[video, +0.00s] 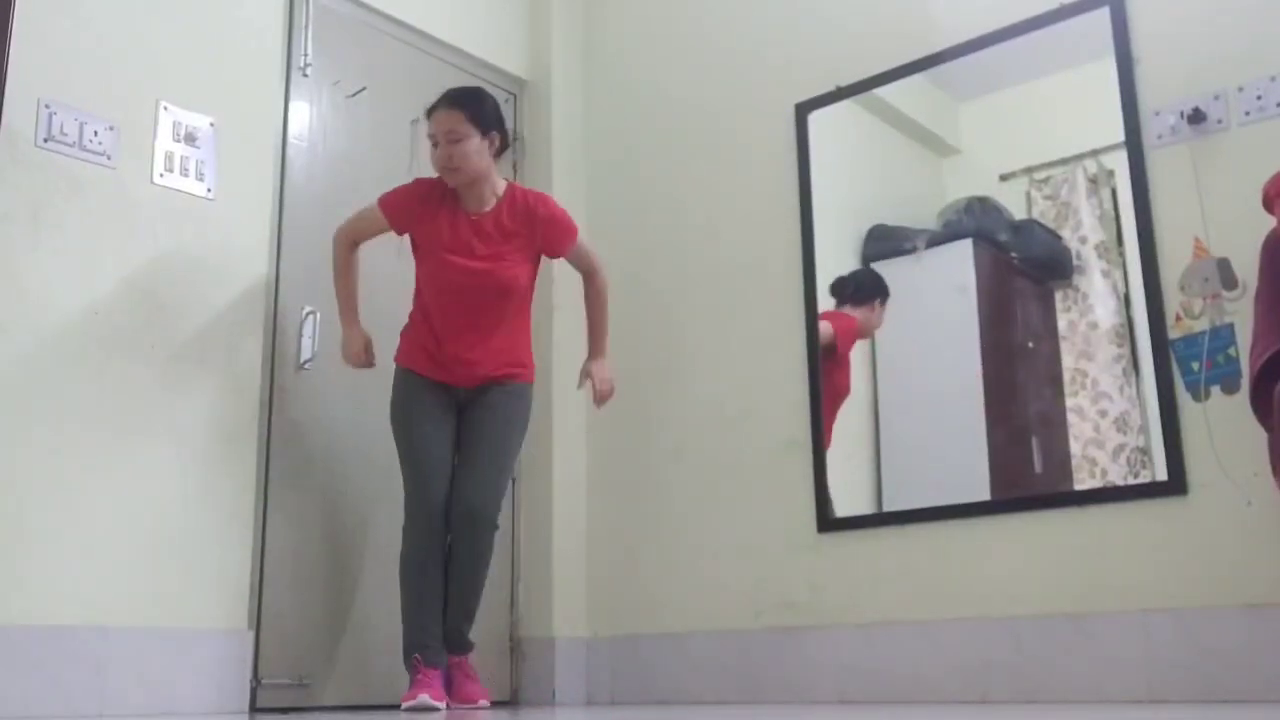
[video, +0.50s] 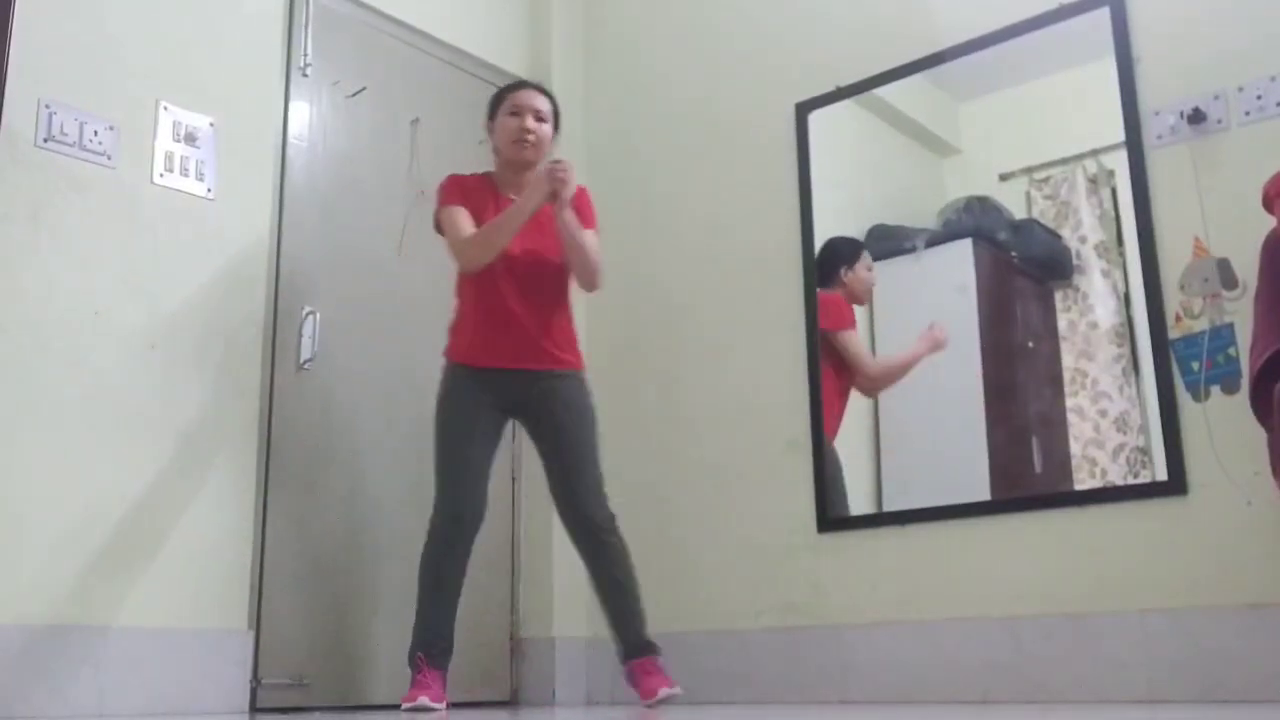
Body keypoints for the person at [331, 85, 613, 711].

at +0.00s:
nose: (443, 155)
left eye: (455, 141)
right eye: (435, 143)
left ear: (493, 142)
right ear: (430, 148)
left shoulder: (536, 213)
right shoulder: (420, 201)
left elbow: (594, 272)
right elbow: (345, 239)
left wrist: (598, 355)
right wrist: (351, 327)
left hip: (502, 380)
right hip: (424, 374)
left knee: (478, 511)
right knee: (427, 511)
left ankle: (457, 654)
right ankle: (425, 669)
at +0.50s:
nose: (528, 124)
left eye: (540, 117)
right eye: (515, 114)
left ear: (554, 137)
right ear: (491, 128)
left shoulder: (572, 198)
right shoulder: (461, 190)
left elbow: (590, 277)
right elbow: (469, 255)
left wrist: (559, 203)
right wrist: (533, 195)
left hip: (554, 376)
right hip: (475, 375)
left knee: (590, 517)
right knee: (457, 514)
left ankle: (641, 660)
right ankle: (428, 672)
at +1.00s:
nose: (647, 145)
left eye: (653, 137)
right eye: (636, 131)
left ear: (654, 148)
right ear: (598, 134)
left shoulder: (663, 206)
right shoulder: (548, 203)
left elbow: (729, 274)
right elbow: (492, 277)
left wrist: (740, 360)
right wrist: (505, 360)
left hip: (652, 373)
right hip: (576, 373)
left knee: (653, 509)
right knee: (618, 488)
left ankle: (654, 663)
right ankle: (615, 633)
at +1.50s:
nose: (602, 132)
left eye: (613, 123)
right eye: (589, 124)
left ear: (633, 141)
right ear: (571, 143)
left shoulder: (655, 208)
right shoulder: (547, 204)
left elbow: (660, 299)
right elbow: (529, 288)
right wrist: (581, 254)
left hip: (637, 381)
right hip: (560, 379)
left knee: (639, 514)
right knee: (515, 501)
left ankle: (653, 666)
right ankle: (506, 637)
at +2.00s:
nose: (496, 152)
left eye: (511, 143)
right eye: (486, 143)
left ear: (536, 158)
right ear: (473, 156)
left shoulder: (556, 235)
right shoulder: (445, 217)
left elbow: (560, 334)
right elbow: (414, 314)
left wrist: (565, 418)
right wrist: (401, 399)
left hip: (518, 387)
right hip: (440, 384)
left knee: (522, 498)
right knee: (439, 516)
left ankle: (558, 637)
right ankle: (428, 671)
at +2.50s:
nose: (503, 160)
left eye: (514, 151)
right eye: (490, 149)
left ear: (529, 167)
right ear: (467, 160)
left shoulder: (542, 237)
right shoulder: (432, 223)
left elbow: (559, 324)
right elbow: (384, 310)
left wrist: (557, 379)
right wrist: (411, 364)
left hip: (512, 388)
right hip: (437, 385)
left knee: (521, 484)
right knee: (436, 518)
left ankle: (507, 598)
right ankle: (428, 673)